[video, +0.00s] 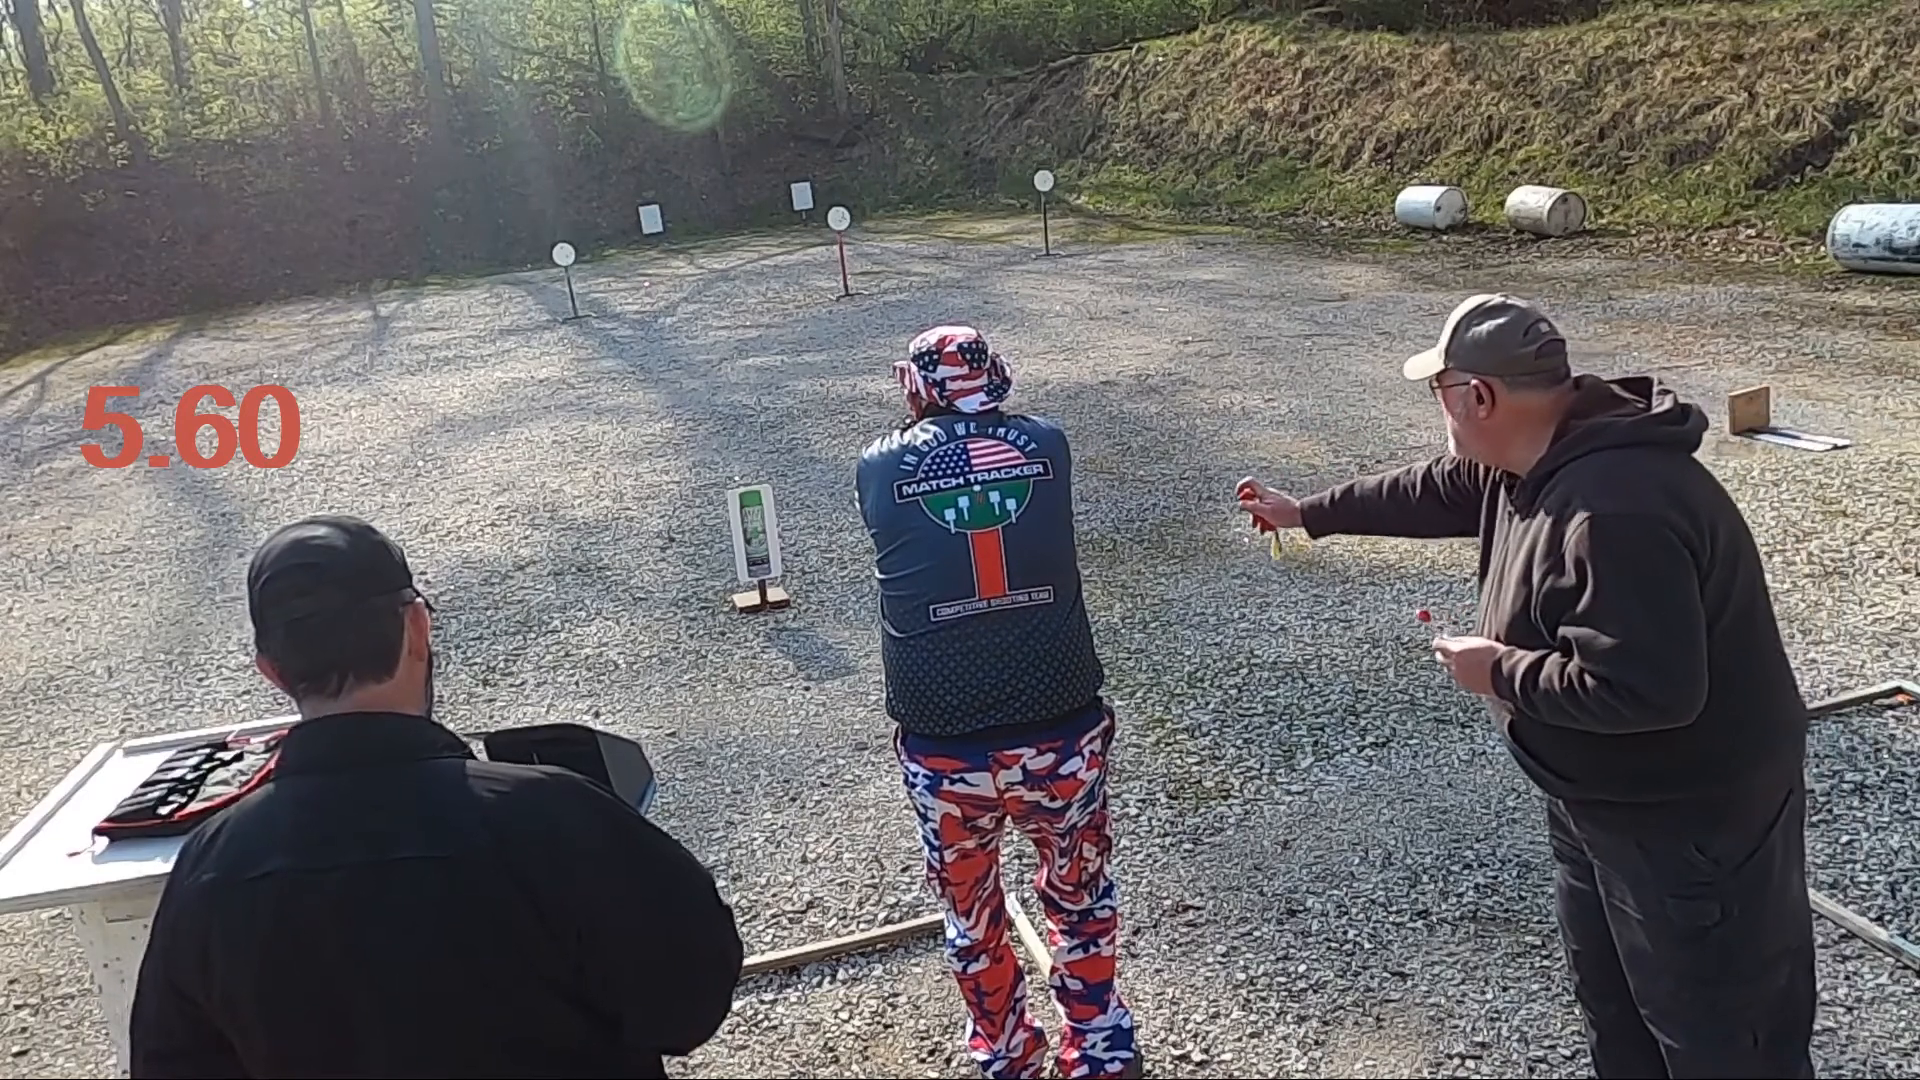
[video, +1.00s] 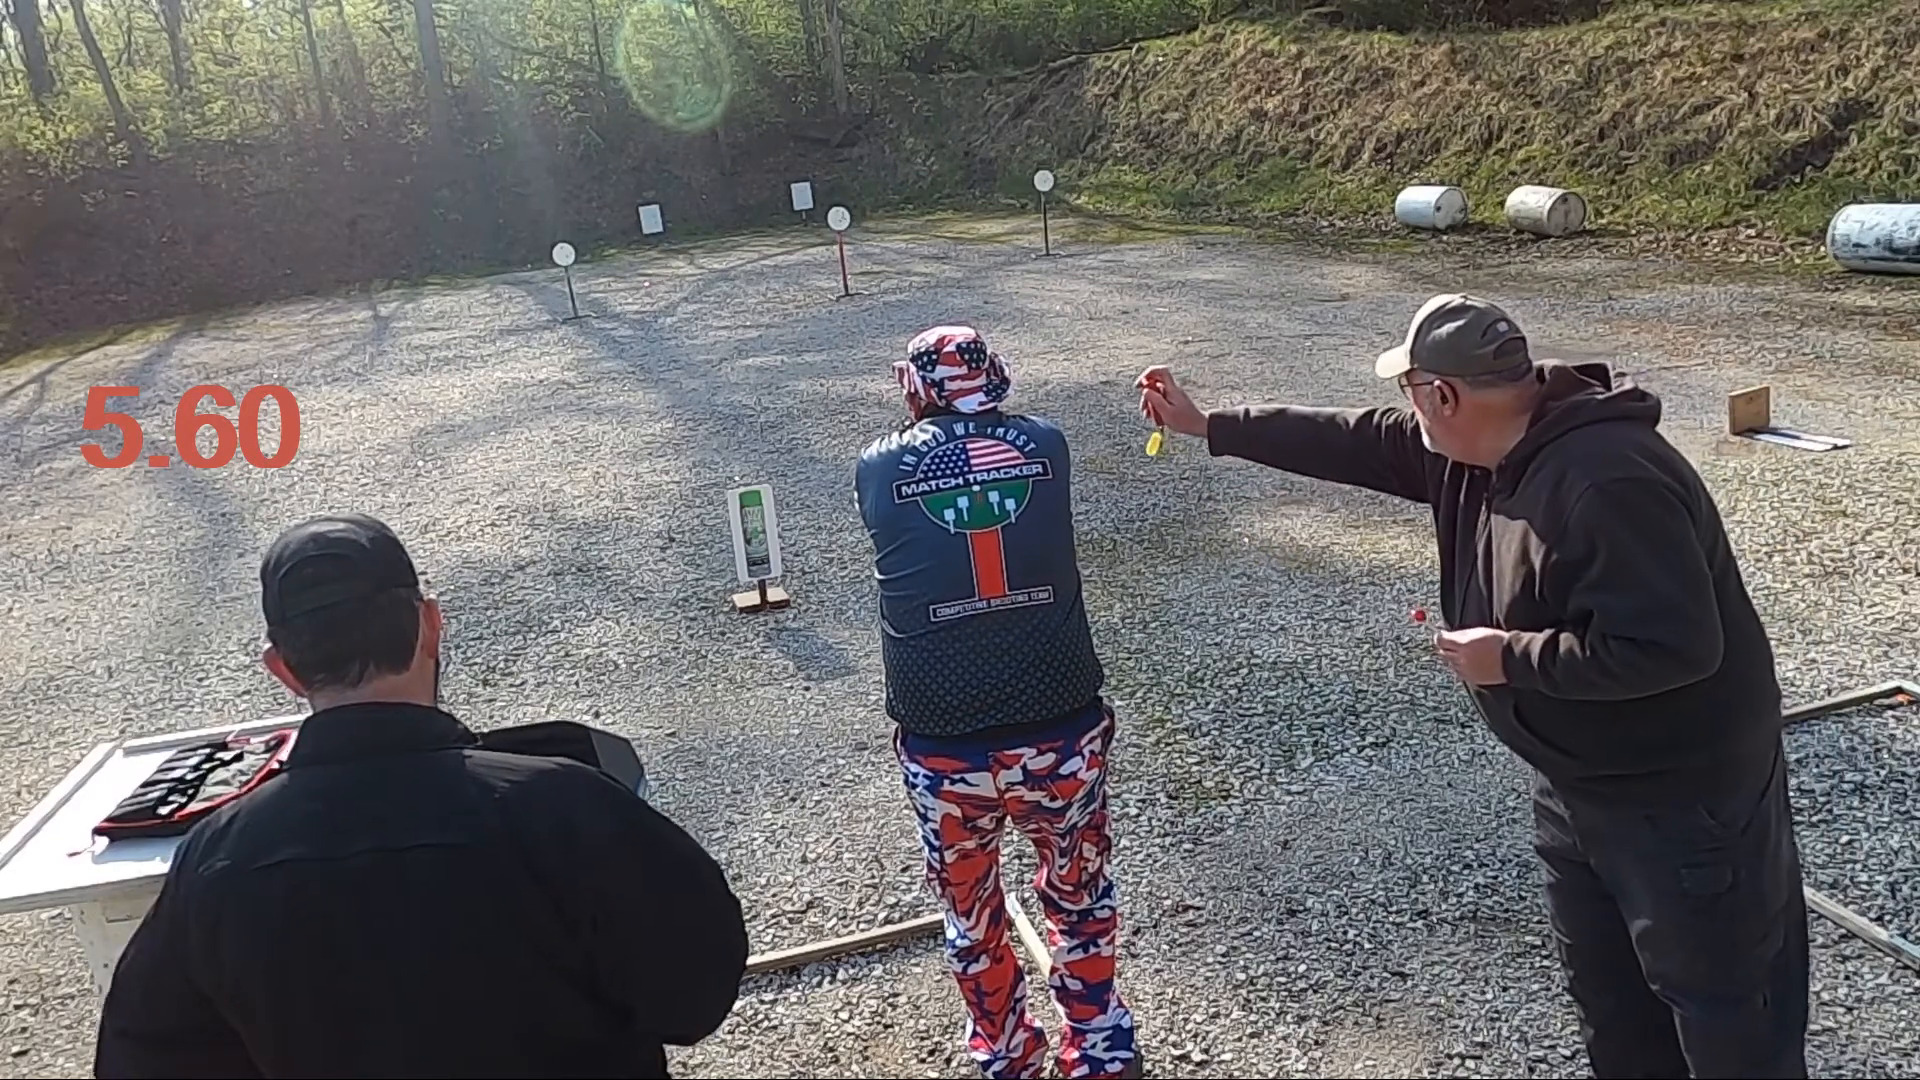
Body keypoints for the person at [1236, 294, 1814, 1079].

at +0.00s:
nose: (1443, 416)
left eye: (1443, 396)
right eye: (1441, 397)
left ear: (1481, 398)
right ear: (1502, 390)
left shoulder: (1612, 513)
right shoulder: (1527, 462)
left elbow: (1653, 692)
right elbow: (1435, 492)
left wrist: (1501, 671)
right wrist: (1305, 511)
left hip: (1689, 821)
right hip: (1599, 798)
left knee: (1721, 1043)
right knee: (1620, 1019)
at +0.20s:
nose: (1432, 412)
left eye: (1433, 392)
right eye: (1429, 393)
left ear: (1474, 396)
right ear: (1491, 391)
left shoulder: (1609, 506)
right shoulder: (1512, 466)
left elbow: (1657, 685)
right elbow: (1417, 494)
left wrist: (1502, 673)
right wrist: (1284, 520)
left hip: (1687, 815)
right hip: (1595, 798)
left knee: (1722, 1037)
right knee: (1620, 1016)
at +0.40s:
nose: (1424, 406)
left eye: (1426, 389)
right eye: (1424, 390)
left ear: (1466, 393)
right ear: (1486, 391)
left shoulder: (1614, 498)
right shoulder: (1504, 459)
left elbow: (1664, 671)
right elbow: (1391, 470)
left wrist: (1503, 663)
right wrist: (1250, 478)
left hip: (1687, 813)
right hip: (1589, 795)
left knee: (1722, 1041)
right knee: (1622, 1029)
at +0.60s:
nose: (1420, 402)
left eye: (1422, 386)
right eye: (1420, 387)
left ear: (1459, 389)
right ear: (1477, 386)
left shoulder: (1614, 488)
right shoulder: (1491, 453)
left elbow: (1664, 661)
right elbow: (1368, 441)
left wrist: (1503, 655)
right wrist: (1226, 423)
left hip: (1685, 808)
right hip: (1587, 793)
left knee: (1720, 1039)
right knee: (1620, 1023)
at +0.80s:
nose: (1413, 405)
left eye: (1415, 390)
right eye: (1412, 391)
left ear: (1452, 392)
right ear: (1471, 387)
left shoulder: (1610, 486)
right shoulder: (1482, 452)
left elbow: (1667, 653)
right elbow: (1359, 438)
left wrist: (1505, 654)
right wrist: (1217, 416)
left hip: (1684, 804)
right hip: (1582, 788)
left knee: (1718, 1030)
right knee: (1614, 1011)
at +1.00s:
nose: (1409, 408)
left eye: (1410, 393)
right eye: (1407, 394)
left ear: (1446, 397)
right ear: (1478, 387)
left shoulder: (1610, 485)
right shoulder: (1472, 457)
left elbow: (1675, 648)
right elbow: (1355, 442)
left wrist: (1511, 656)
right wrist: (1207, 424)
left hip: (1692, 805)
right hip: (1582, 794)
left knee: (1730, 1032)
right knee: (1619, 1025)